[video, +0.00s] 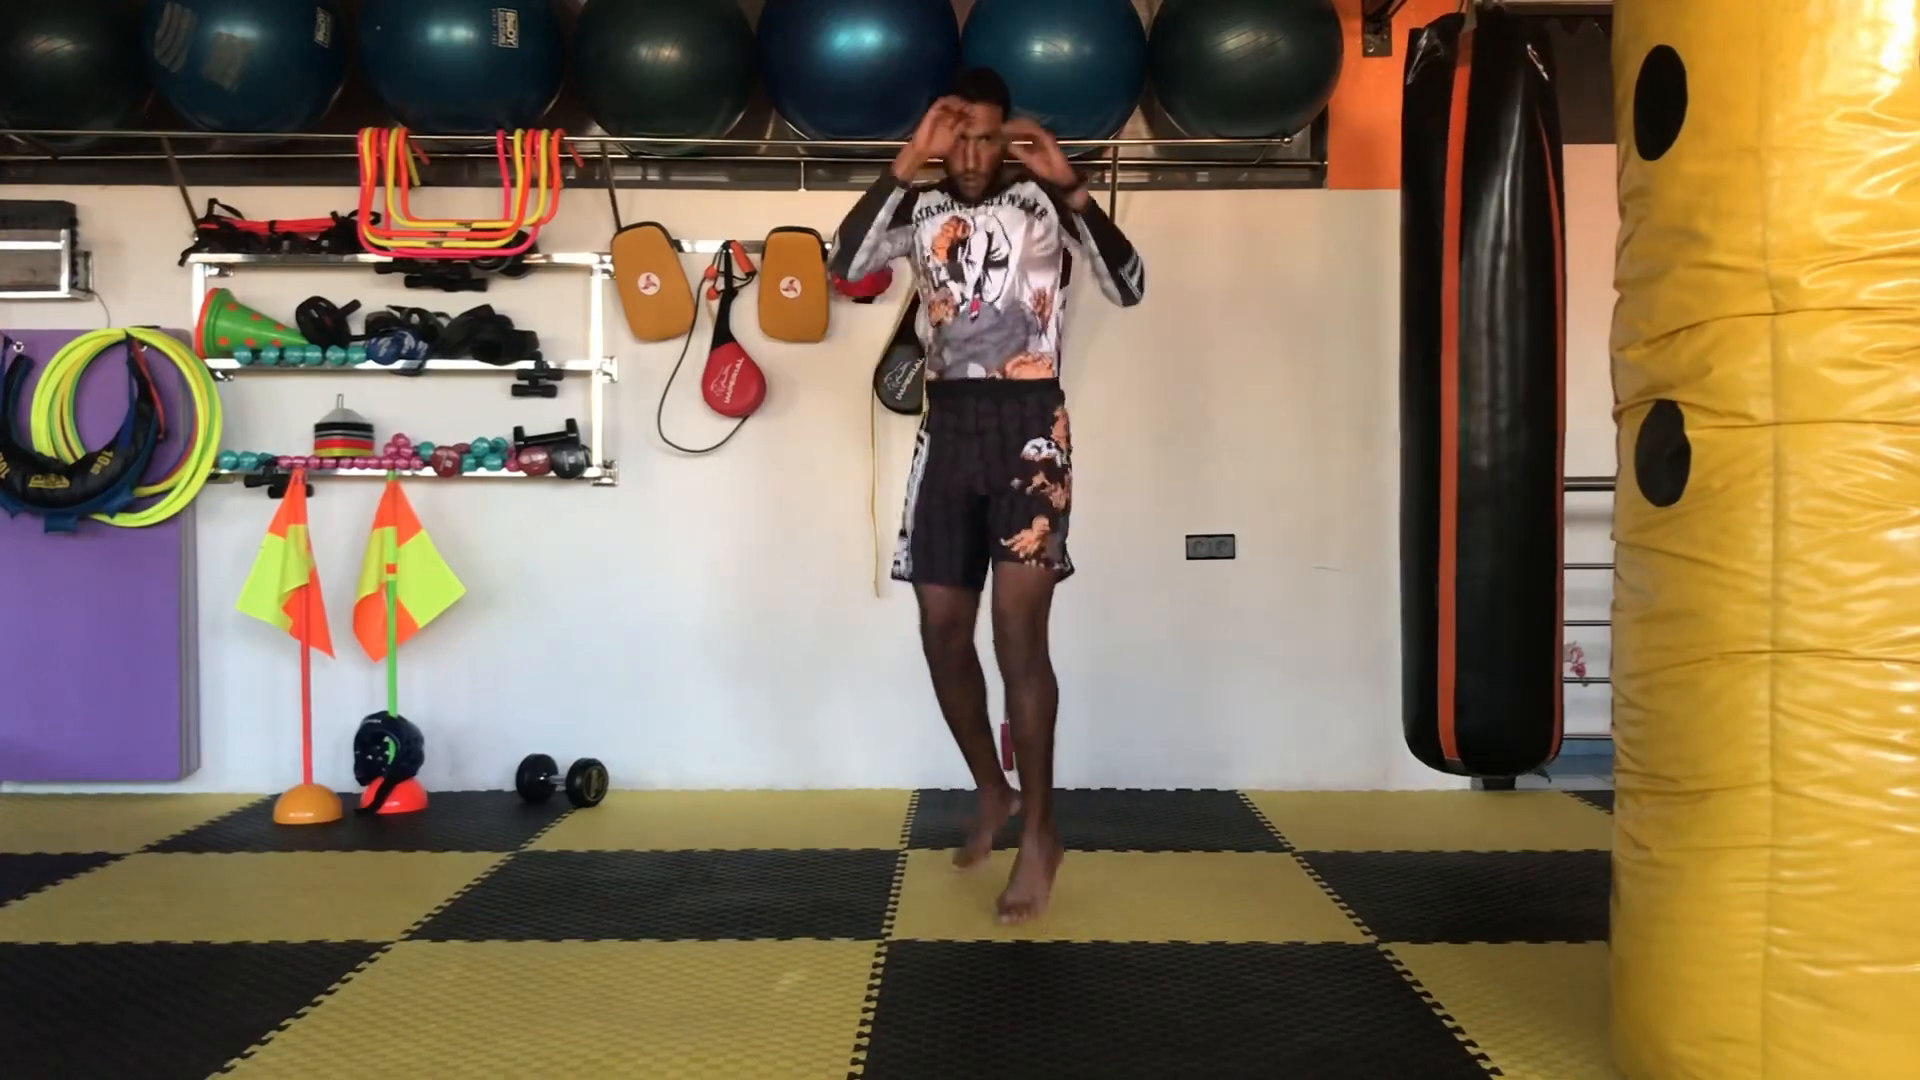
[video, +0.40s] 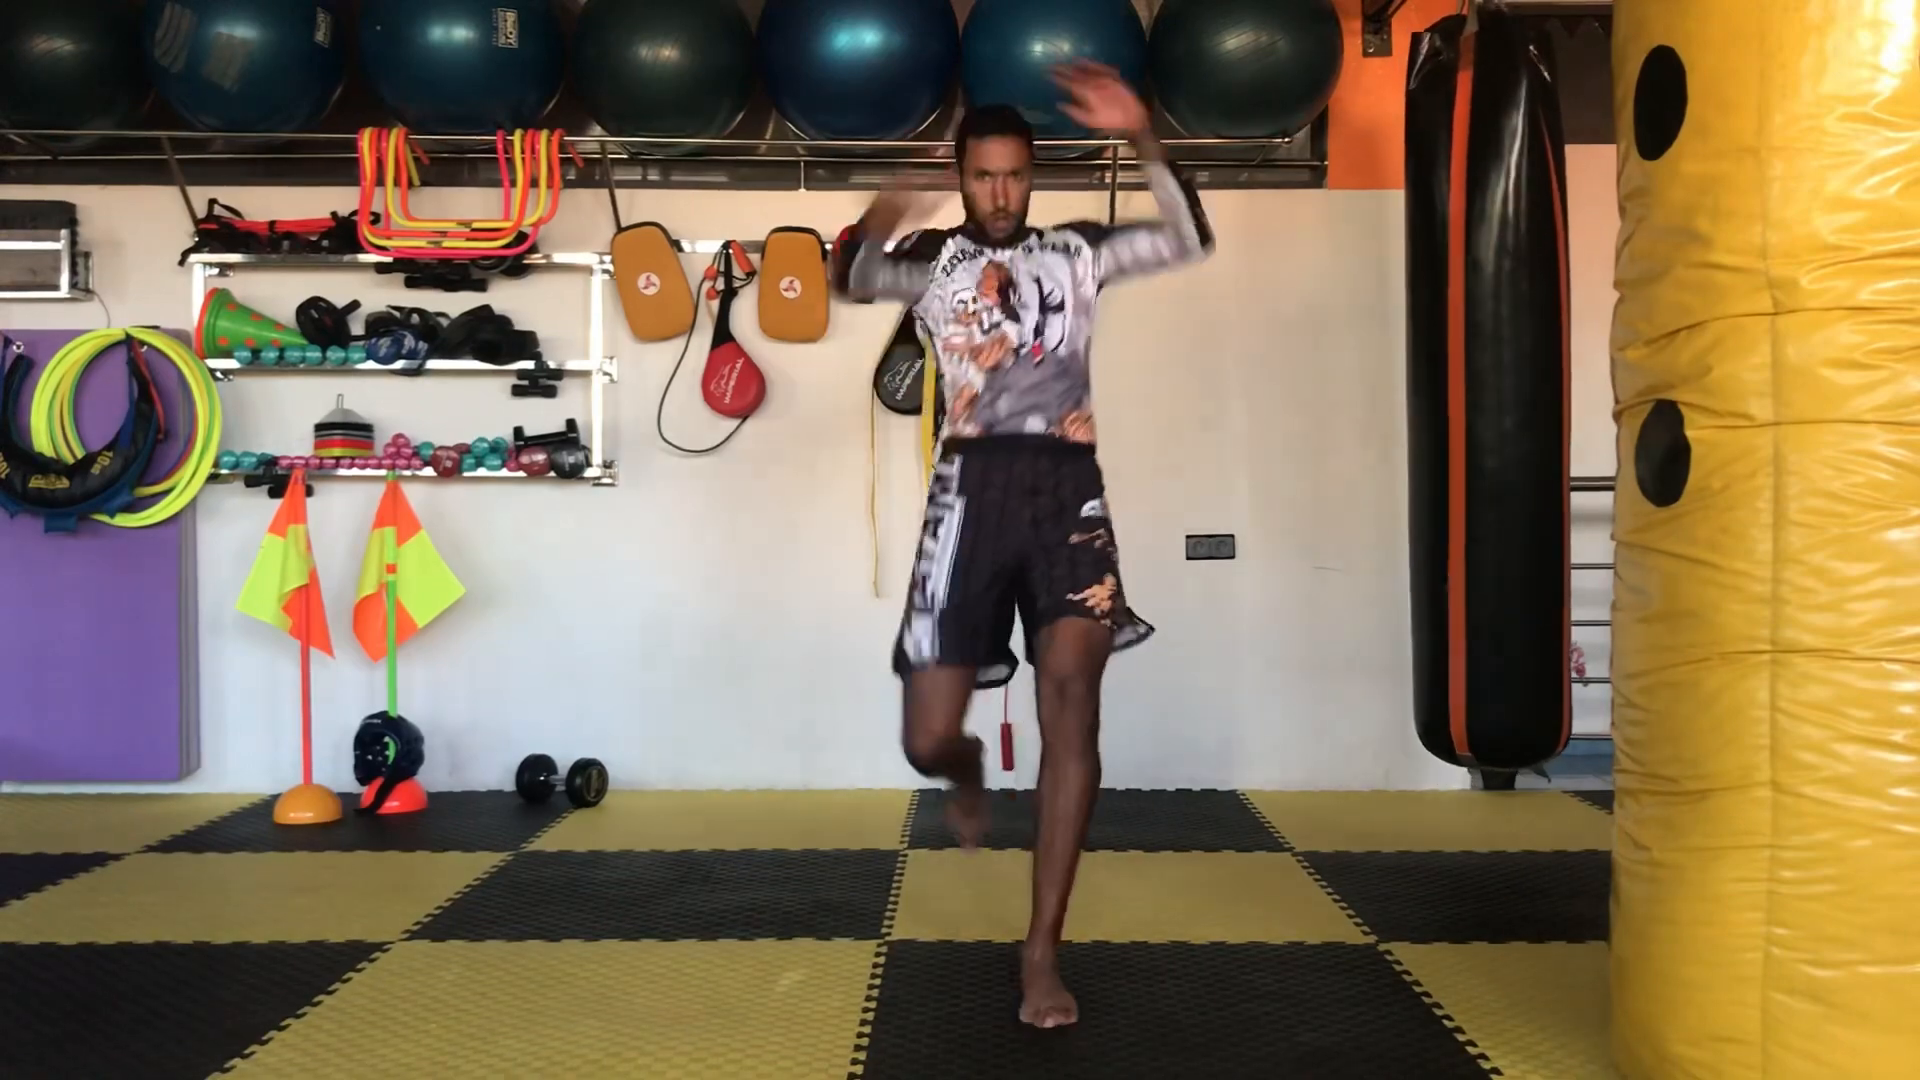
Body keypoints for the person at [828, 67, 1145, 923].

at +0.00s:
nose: (970, 147)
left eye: (986, 132)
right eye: (959, 130)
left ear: (1013, 140)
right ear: (939, 138)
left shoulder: (1048, 209)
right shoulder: (922, 215)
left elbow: (1128, 287)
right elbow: (849, 269)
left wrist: (1071, 189)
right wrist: (904, 169)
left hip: (1030, 432)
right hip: (948, 433)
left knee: (1017, 634)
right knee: (943, 633)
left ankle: (1039, 830)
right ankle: (993, 791)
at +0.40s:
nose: (998, 193)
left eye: (1013, 175)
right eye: (983, 177)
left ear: (1034, 178)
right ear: (962, 182)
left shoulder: (1081, 258)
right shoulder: (932, 267)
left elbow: (1187, 240)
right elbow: (851, 275)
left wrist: (1139, 136)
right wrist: (902, 195)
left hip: (1065, 490)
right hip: (967, 494)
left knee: (1069, 703)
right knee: (930, 740)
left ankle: (1044, 948)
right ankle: (969, 774)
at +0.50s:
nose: (997, 172)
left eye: (1009, 157)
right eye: (980, 157)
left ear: (1032, 165)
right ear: (957, 169)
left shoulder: (1077, 233)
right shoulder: (936, 252)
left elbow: (1126, 177)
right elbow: (865, 339)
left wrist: (1023, 119)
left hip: (1081, 454)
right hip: (982, 445)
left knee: (1077, 695)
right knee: (913, 594)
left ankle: (1027, 945)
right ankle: (924, 719)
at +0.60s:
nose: (996, 177)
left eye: (1011, 161)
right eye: (979, 162)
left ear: (1036, 162)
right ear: (953, 165)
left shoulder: (1063, 230)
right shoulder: (928, 259)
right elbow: (875, 386)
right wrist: (800, 518)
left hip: (1082, 421)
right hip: (984, 410)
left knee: (1089, 684)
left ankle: (1017, 935)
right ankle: (899, 594)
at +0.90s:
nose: (976, 172)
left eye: (990, 157)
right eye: (960, 158)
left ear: (1012, 162)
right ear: (933, 166)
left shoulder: (1050, 238)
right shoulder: (921, 264)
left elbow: (1072, 213)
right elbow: (841, 349)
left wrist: (940, 195)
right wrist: (760, 403)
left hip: (1092, 438)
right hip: (997, 418)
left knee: (1088, 693)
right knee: (949, 317)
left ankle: (1001, 935)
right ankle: (881, 582)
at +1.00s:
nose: (976, 159)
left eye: (990, 143)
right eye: (959, 143)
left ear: (1010, 154)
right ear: (927, 154)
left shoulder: (1050, 228)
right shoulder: (910, 252)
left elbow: (1106, 232)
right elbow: (828, 322)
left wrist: (966, 197)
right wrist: (784, 303)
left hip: (1084, 446)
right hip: (992, 432)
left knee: (1061, 717)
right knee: (941, 411)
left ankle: (981, 948)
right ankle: (880, 653)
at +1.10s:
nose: (972, 138)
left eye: (988, 124)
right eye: (957, 122)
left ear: (1007, 132)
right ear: (927, 129)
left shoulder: (1051, 216)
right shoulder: (901, 218)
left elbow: (1131, 276)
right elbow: (838, 306)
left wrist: (1036, 216)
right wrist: (858, 223)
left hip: (1069, 439)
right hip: (964, 424)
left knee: (1041, 710)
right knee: (923, 540)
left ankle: (980, 954)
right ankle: (877, 740)